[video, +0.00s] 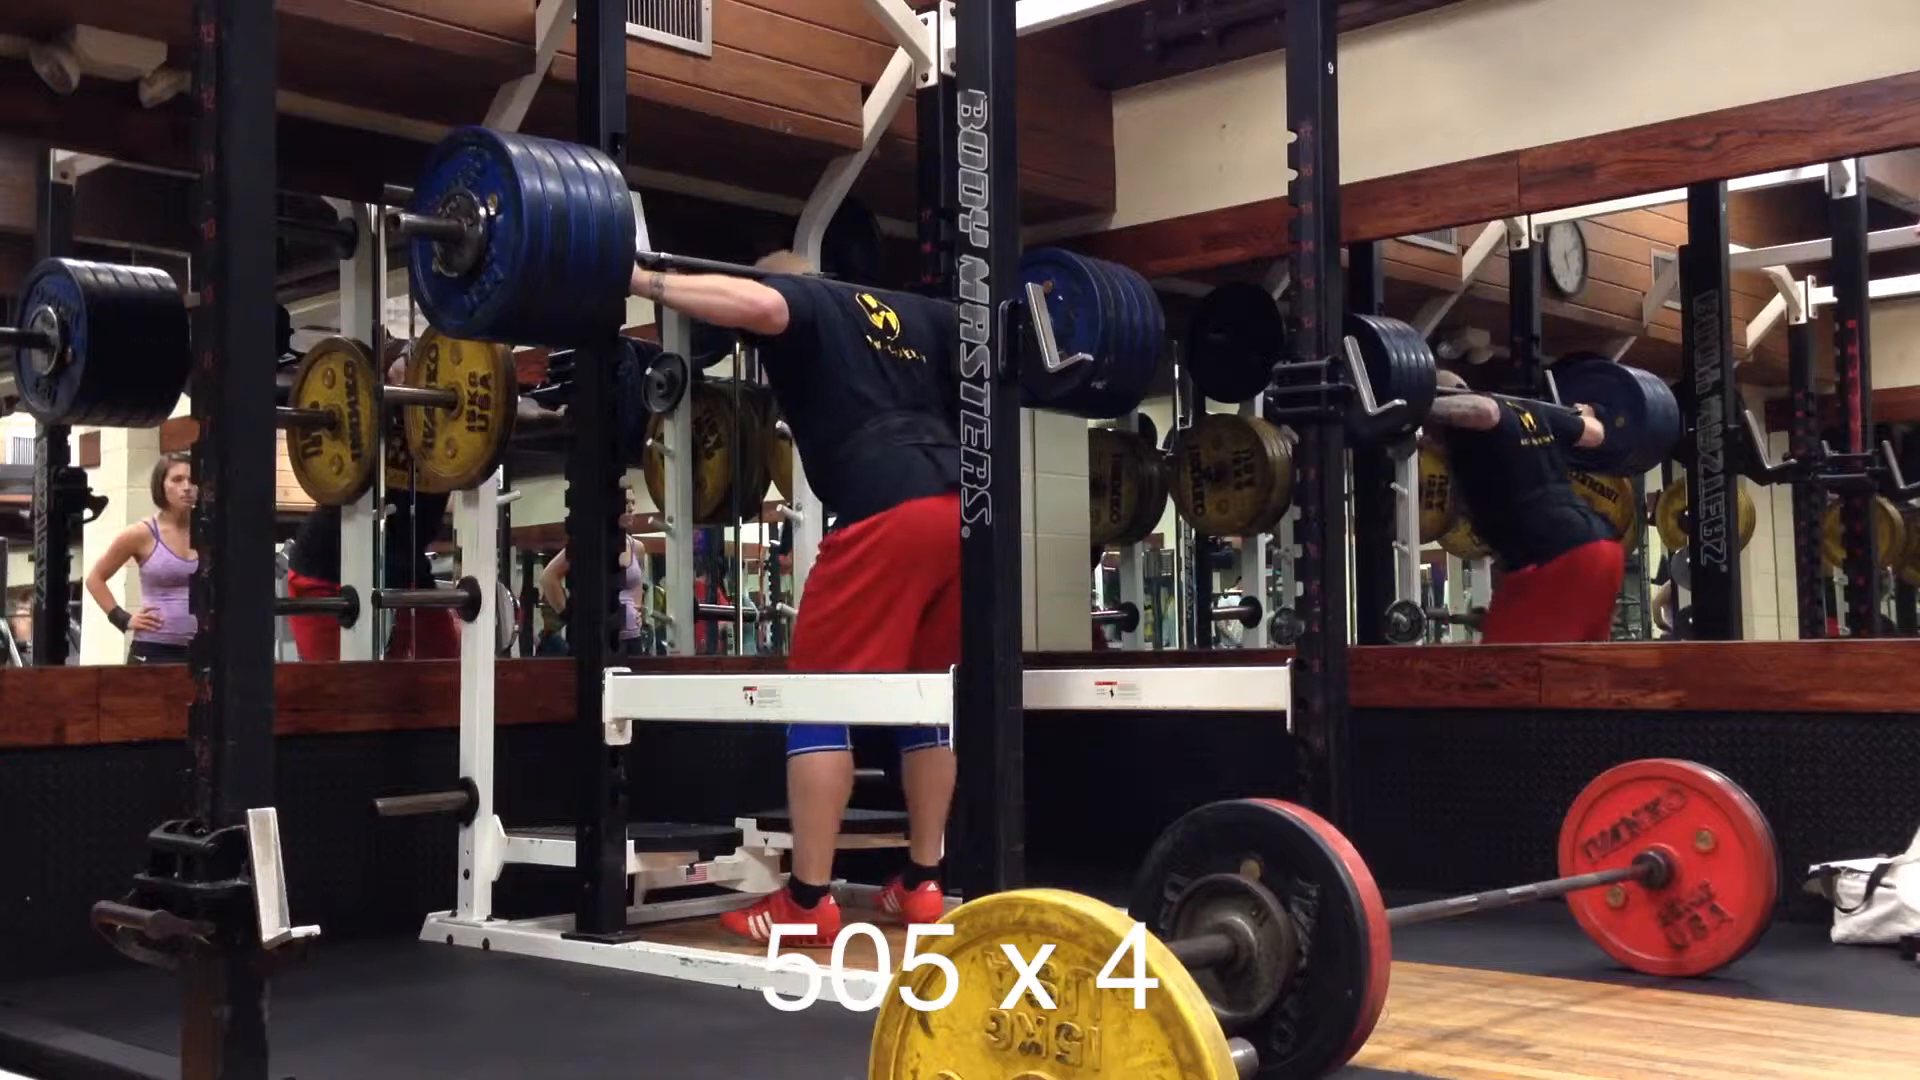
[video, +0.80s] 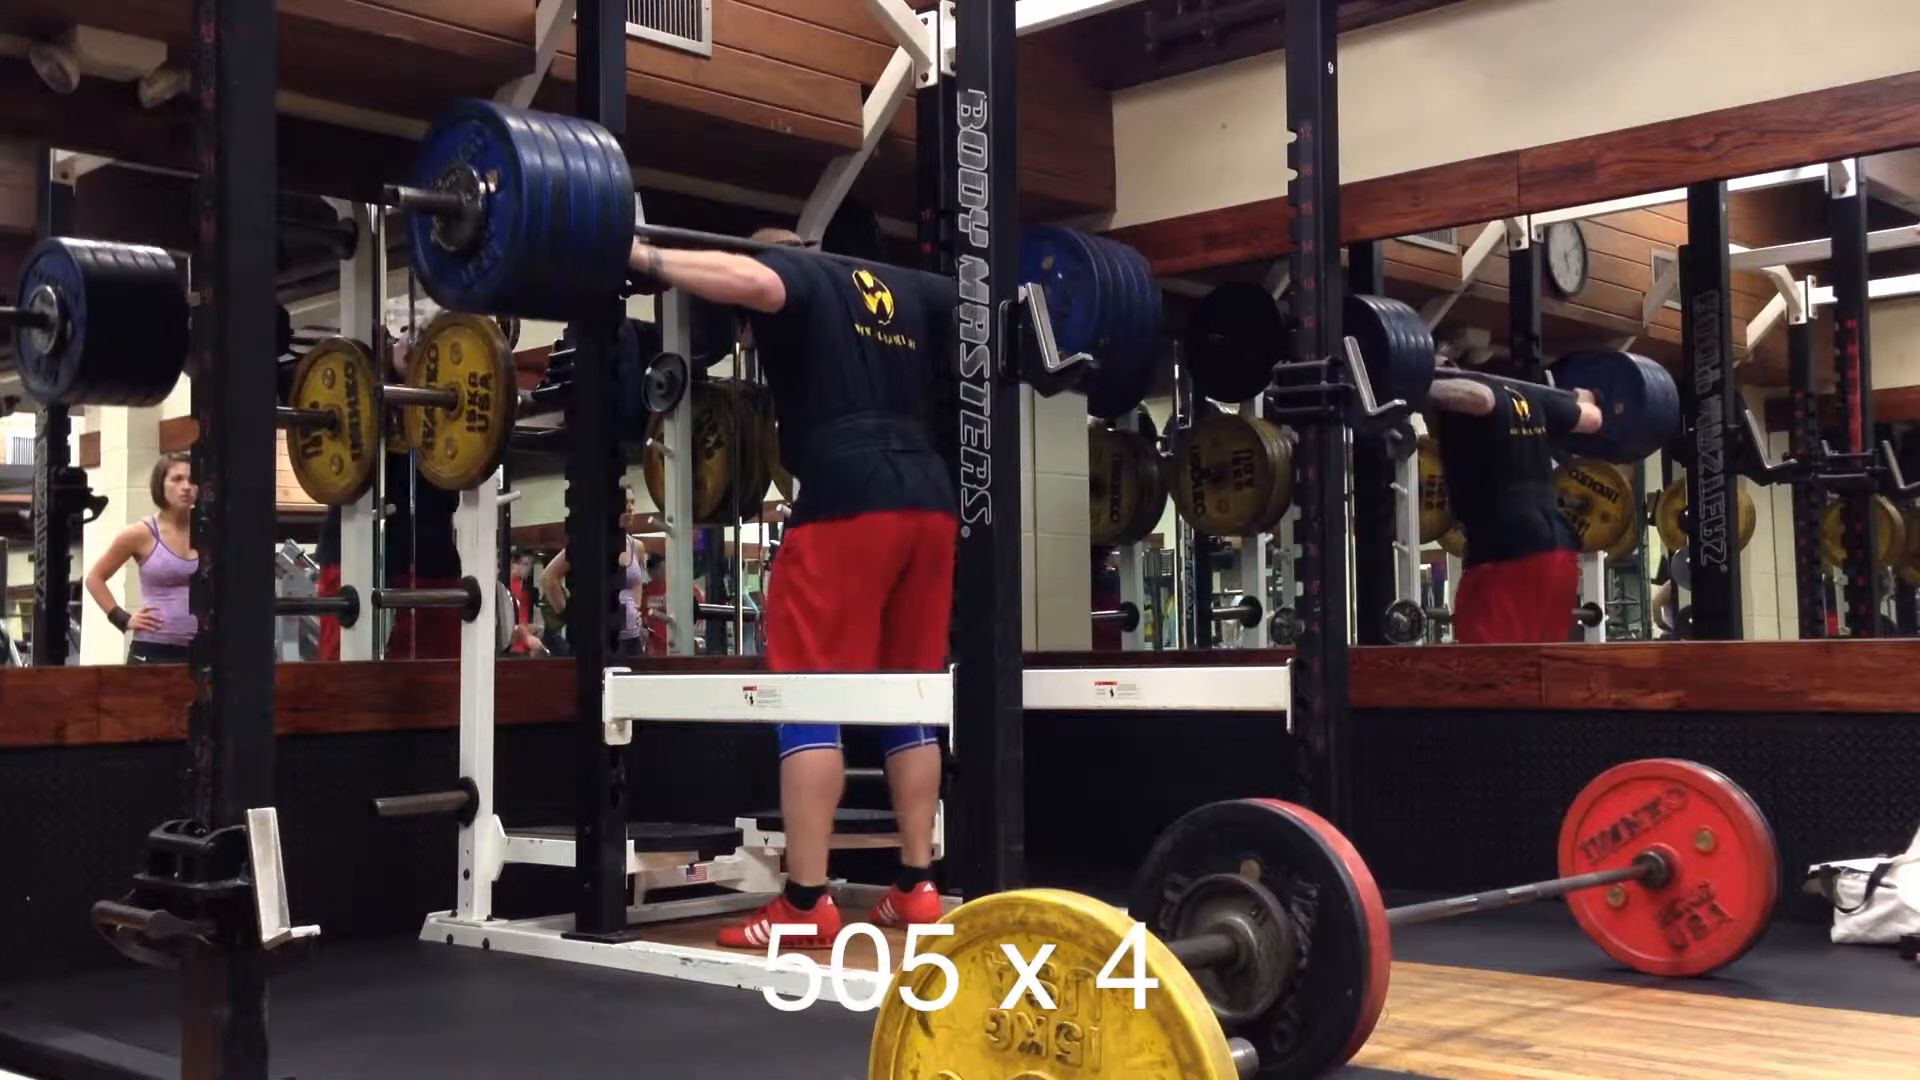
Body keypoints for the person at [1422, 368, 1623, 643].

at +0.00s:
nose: (1425, 432)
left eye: (1426, 420)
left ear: (1441, 407)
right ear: (1466, 389)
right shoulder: (1531, 410)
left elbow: (1486, 413)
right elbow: (1595, 433)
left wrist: (1411, 405)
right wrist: (1587, 414)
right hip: (1602, 552)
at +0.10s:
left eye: (1436, 399)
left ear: (1443, 397)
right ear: (1469, 383)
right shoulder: (1528, 411)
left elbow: (1486, 413)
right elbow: (1594, 434)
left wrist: (1414, 405)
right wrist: (1586, 414)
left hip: (1551, 564)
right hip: (1598, 554)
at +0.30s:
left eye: (1436, 389)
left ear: (1448, 389)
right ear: (1471, 381)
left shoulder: (1456, 412)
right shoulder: (1530, 411)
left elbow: (1483, 417)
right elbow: (1591, 437)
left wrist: (1413, 404)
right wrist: (1585, 416)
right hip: (1574, 567)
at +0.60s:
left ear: (1440, 386)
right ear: (1462, 376)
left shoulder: (1454, 404)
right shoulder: (1529, 408)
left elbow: (1483, 414)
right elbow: (1594, 431)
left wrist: (1412, 402)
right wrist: (1585, 411)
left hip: (1509, 569)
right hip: (1562, 565)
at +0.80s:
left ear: (1447, 362)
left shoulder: (1452, 388)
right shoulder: (1529, 395)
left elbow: (1483, 400)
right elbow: (1592, 419)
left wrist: (1412, 384)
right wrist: (1584, 398)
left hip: (1504, 558)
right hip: (1558, 555)